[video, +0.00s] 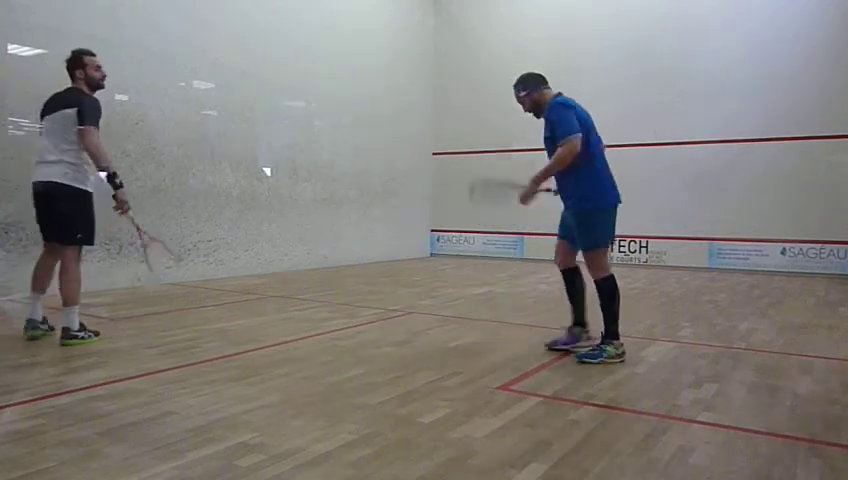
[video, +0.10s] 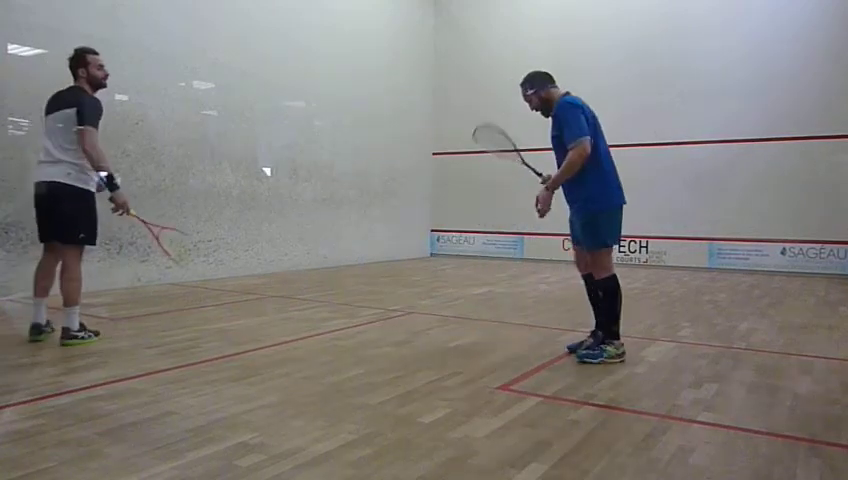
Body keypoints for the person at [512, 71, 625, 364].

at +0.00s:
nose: (522, 108)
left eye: (522, 101)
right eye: (520, 103)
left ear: (535, 93)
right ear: (537, 92)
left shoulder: (560, 109)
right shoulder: (561, 110)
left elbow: (571, 147)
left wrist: (536, 180)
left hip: (594, 201)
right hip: (577, 202)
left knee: (597, 264)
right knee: (564, 259)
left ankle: (611, 342)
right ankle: (579, 329)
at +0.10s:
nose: (529, 106)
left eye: (529, 99)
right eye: (526, 101)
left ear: (541, 90)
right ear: (543, 90)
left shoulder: (568, 108)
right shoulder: (563, 112)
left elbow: (581, 151)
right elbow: (581, 157)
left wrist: (550, 188)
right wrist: (555, 178)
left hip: (597, 203)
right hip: (583, 203)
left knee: (600, 265)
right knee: (584, 263)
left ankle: (612, 342)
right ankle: (601, 334)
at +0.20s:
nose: (534, 105)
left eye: (534, 98)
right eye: (531, 101)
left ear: (548, 89)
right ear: (545, 92)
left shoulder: (576, 107)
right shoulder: (566, 115)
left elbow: (588, 150)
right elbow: (585, 161)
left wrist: (549, 176)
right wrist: (559, 187)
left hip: (600, 202)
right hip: (590, 203)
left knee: (598, 264)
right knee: (593, 264)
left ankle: (610, 341)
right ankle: (604, 335)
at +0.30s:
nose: (537, 107)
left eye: (537, 99)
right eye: (534, 102)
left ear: (551, 91)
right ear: (550, 93)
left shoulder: (580, 108)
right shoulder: (568, 118)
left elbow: (594, 149)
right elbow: (583, 169)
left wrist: (556, 169)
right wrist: (565, 201)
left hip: (601, 200)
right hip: (601, 200)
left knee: (581, 263)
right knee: (604, 264)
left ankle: (607, 336)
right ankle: (605, 334)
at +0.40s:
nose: (538, 106)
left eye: (538, 99)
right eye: (535, 101)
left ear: (553, 90)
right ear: (550, 94)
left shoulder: (582, 107)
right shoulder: (569, 119)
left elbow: (601, 148)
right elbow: (584, 167)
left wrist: (562, 172)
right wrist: (571, 202)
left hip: (602, 199)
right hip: (599, 199)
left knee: (579, 262)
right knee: (604, 263)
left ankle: (610, 333)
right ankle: (606, 334)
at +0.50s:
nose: (540, 104)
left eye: (540, 97)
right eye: (537, 99)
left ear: (554, 89)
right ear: (551, 92)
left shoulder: (584, 106)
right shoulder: (569, 118)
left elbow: (604, 145)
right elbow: (584, 167)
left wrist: (564, 170)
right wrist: (570, 201)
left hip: (603, 199)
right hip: (596, 200)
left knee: (587, 263)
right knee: (604, 264)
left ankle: (615, 336)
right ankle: (606, 334)